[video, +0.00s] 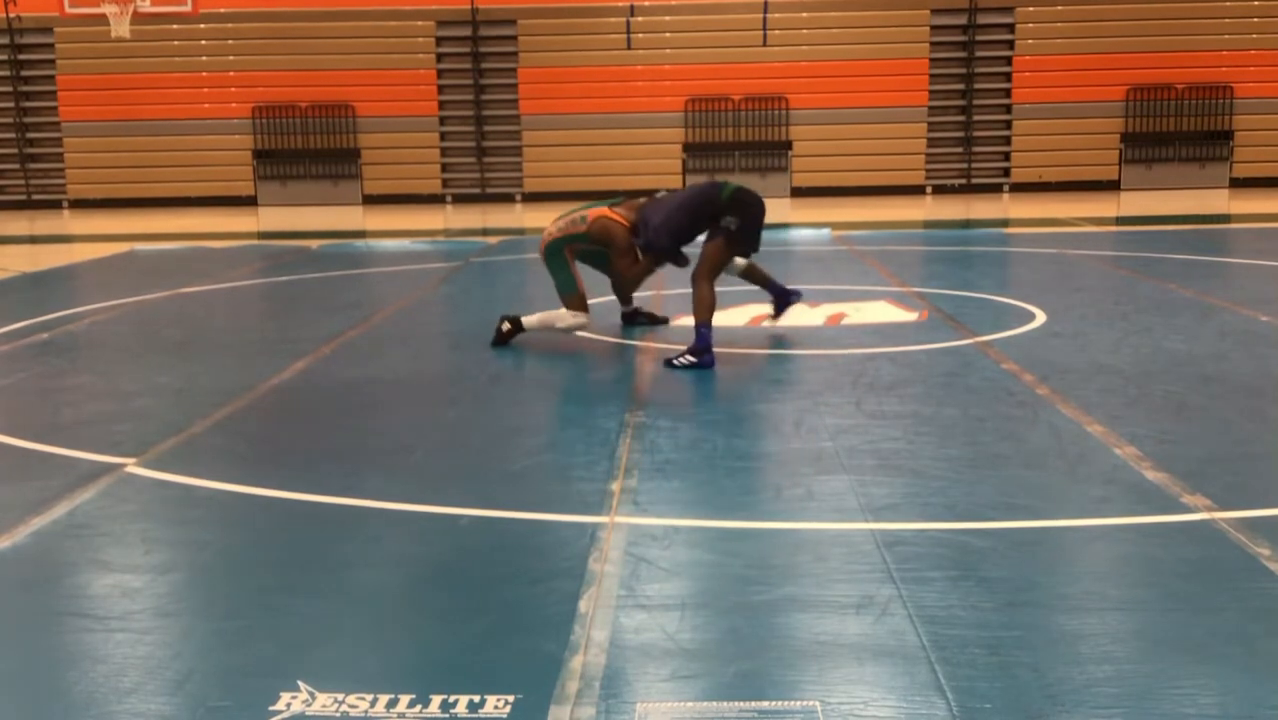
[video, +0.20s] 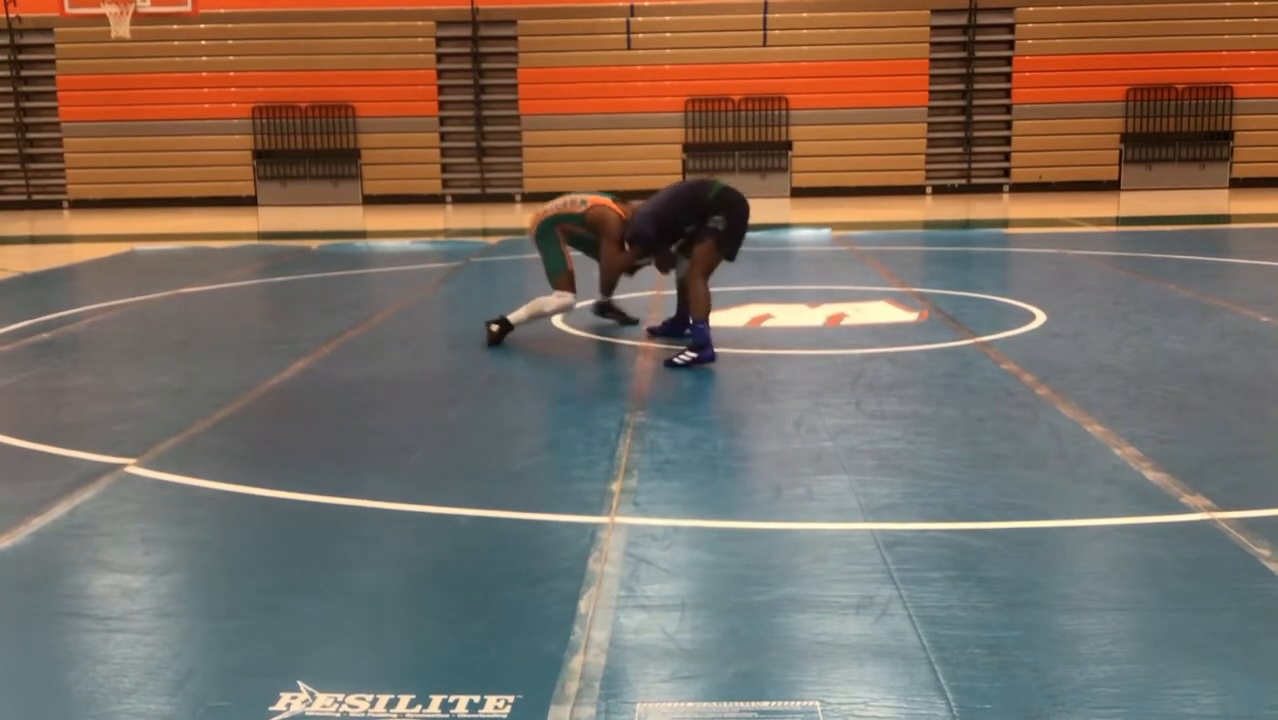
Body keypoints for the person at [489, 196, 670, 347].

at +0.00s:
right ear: (647, 229)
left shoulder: (634, 210)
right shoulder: (618, 232)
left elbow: (629, 272)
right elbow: (626, 283)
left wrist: (662, 254)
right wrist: (657, 259)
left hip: (574, 238)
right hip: (555, 245)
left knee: (620, 267)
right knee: (578, 318)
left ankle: (630, 313)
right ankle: (515, 324)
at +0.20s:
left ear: (636, 211)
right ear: (635, 218)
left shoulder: (621, 212)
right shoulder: (612, 219)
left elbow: (624, 266)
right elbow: (611, 271)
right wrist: (640, 247)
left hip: (566, 223)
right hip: (547, 225)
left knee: (612, 258)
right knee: (565, 299)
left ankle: (604, 302)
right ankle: (503, 324)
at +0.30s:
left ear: (637, 214)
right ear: (642, 219)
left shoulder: (624, 216)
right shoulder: (613, 211)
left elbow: (617, 255)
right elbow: (602, 253)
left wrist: (648, 256)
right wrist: (635, 239)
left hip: (574, 222)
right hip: (553, 218)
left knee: (614, 268)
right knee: (558, 288)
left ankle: (599, 311)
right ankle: (493, 318)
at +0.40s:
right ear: (644, 215)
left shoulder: (627, 209)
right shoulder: (615, 205)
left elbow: (619, 247)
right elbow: (600, 246)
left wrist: (650, 246)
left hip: (576, 216)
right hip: (554, 211)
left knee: (614, 266)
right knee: (553, 284)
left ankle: (599, 311)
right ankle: (487, 316)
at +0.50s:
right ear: (640, 214)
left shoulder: (623, 204)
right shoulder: (611, 198)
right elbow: (598, 241)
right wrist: (633, 225)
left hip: (574, 215)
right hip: (551, 209)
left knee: (608, 264)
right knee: (554, 284)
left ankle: (599, 310)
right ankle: (490, 315)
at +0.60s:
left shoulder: (619, 198)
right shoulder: (608, 191)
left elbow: (615, 239)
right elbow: (595, 228)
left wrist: (642, 232)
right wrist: (631, 217)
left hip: (570, 211)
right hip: (546, 206)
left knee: (602, 256)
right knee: (544, 284)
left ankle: (600, 304)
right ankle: (483, 318)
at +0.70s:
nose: (642, 216)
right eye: (645, 212)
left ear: (631, 195)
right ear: (636, 202)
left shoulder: (619, 197)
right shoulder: (606, 189)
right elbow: (588, 225)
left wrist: (641, 234)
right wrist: (626, 212)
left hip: (568, 205)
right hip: (546, 201)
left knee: (615, 244)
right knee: (542, 281)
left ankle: (592, 304)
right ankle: (482, 317)